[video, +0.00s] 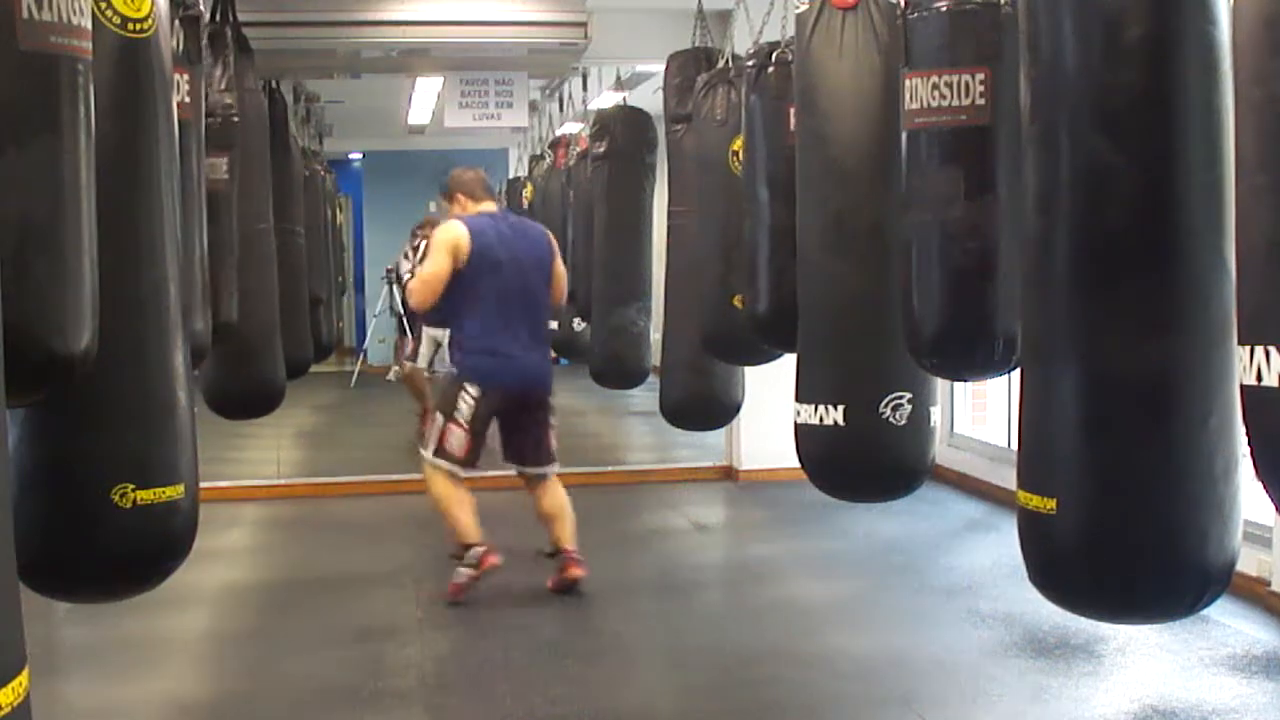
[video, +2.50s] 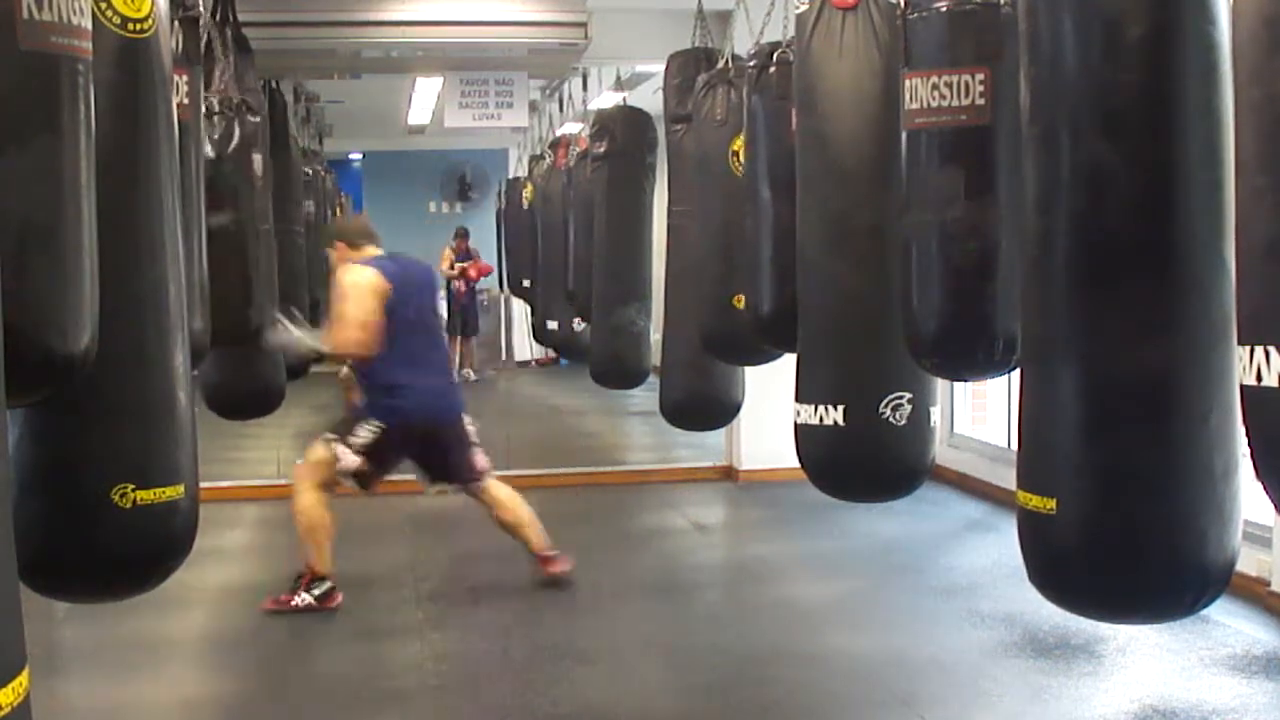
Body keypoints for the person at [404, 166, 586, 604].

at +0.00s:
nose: (450, 213)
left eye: (449, 207)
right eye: (449, 207)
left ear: (460, 200)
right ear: (493, 196)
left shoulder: (454, 233)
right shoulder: (540, 235)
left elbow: (420, 298)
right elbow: (558, 296)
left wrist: (419, 261)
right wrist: (515, 281)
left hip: (479, 371)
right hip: (534, 372)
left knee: (440, 469)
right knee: (542, 474)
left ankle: (474, 549)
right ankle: (569, 555)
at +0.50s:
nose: (460, 230)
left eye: (458, 224)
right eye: (458, 224)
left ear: (470, 215)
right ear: (501, 209)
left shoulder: (468, 249)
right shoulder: (554, 247)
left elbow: (426, 304)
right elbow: (572, 308)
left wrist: (417, 276)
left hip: (494, 388)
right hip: (550, 388)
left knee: (464, 487)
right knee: (570, 484)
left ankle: (486, 581)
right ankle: (598, 573)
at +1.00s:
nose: (498, 230)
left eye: (497, 224)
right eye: (496, 225)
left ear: (511, 213)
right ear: (539, 208)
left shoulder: (512, 240)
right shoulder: (592, 248)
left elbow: (493, 310)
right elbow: (597, 310)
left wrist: (478, 292)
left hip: (529, 378)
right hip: (584, 381)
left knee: (467, 461)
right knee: (594, 477)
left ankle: (477, 560)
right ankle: (614, 570)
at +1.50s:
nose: (440, 235)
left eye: (440, 227)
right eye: (437, 229)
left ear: (457, 216)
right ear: (483, 210)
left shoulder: (458, 251)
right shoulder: (542, 241)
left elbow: (429, 316)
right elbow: (561, 301)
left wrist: (415, 287)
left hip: (495, 378)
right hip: (548, 376)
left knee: (459, 477)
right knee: (561, 465)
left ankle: (453, 572)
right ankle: (599, 543)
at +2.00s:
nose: (455, 225)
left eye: (454, 218)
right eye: (452, 219)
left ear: (469, 210)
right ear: (497, 207)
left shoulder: (469, 238)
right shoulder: (544, 245)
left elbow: (437, 303)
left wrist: (421, 277)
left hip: (492, 376)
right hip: (545, 376)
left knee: (447, 471)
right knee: (555, 474)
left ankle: (449, 569)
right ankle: (577, 561)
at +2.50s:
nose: (333, 262)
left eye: (332, 254)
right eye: (332, 256)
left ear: (342, 248)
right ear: (372, 242)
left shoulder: (357, 274)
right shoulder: (420, 271)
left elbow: (358, 340)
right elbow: (422, 339)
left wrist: (308, 341)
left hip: (392, 409)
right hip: (443, 406)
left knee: (310, 476)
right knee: (484, 484)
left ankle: (318, 582)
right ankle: (548, 555)